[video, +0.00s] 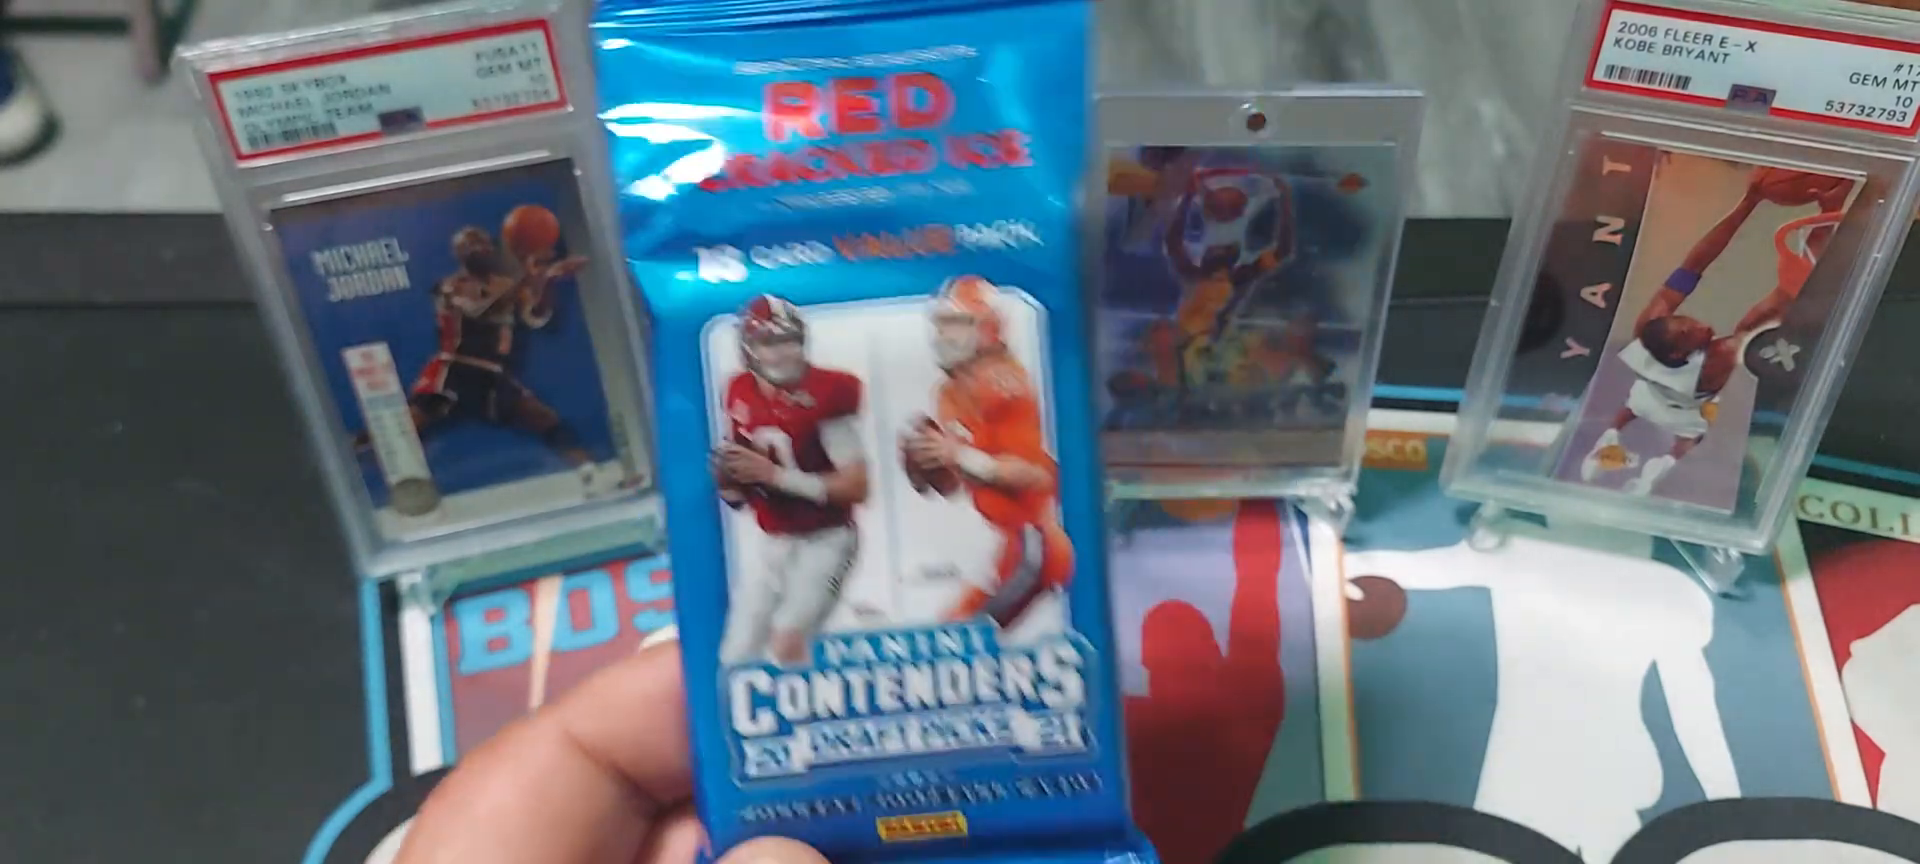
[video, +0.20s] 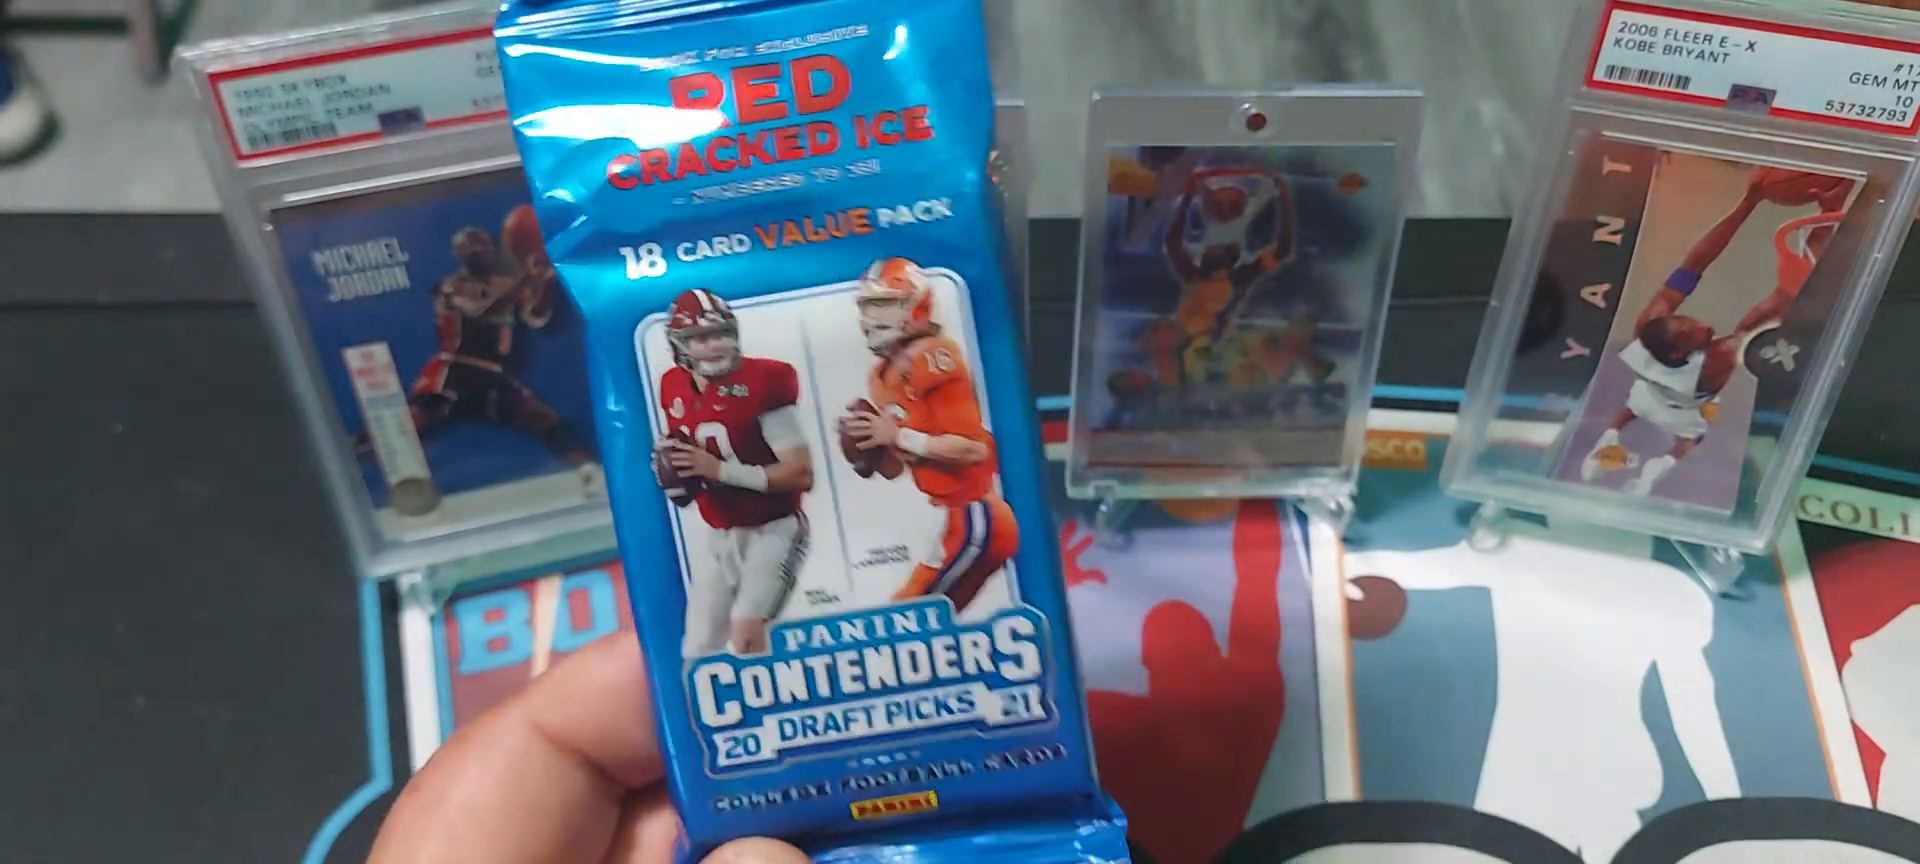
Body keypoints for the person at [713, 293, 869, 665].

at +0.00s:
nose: (781, 352)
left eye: (789, 341)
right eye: (768, 343)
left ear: (803, 342)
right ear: (749, 349)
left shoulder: (830, 392)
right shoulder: (741, 392)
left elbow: (856, 486)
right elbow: (739, 489)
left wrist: (771, 474)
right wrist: (729, 475)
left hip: (827, 538)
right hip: (773, 539)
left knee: (787, 641)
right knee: (737, 653)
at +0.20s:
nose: (715, 345)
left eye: (721, 334)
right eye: (702, 338)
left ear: (734, 335)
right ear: (680, 346)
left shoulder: (767, 380)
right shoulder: (673, 386)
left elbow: (801, 475)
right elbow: (683, 486)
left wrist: (719, 470)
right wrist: (668, 469)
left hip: (776, 528)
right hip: (719, 534)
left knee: (747, 628)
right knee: (697, 651)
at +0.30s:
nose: (774, 370)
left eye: (782, 359)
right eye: (761, 362)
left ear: (795, 361)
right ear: (740, 368)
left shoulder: (826, 410)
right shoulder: (731, 409)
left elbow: (856, 509)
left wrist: (772, 499)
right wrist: (719, 490)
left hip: (827, 562)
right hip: (766, 565)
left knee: (793, 663)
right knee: (743, 679)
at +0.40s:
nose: (815, 398)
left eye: (823, 387)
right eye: (802, 389)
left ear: (837, 388)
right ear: (778, 394)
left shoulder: (865, 439)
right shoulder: (767, 436)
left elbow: (893, 539)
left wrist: (808, 526)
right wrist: (753, 517)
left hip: (860, 592)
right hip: (800, 594)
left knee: (819, 693)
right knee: (768, 707)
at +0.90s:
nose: (822, 456)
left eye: (831, 446)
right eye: (810, 446)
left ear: (844, 448)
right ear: (785, 448)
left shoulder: (869, 501)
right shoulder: (769, 488)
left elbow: (888, 598)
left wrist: (800, 577)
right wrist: (749, 564)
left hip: (850, 645)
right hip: (790, 642)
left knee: (799, 737)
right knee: (747, 742)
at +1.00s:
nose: (797, 488)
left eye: (805, 478)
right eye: (784, 478)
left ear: (818, 480)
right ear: (759, 482)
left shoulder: (847, 532)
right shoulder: (745, 521)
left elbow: (872, 624)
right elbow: (745, 621)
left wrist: (784, 606)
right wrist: (728, 595)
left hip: (836, 669)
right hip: (775, 667)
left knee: (789, 755)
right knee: (736, 763)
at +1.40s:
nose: (828, 453)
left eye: (838, 443)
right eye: (817, 442)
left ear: (849, 447)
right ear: (792, 444)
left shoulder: (864, 502)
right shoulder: (774, 488)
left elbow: (885, 593)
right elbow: (758, 577)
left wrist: (798, 567)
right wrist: (744, 552)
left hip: (843, 635)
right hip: (783, 629)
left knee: (787, 713)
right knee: (731, 719)